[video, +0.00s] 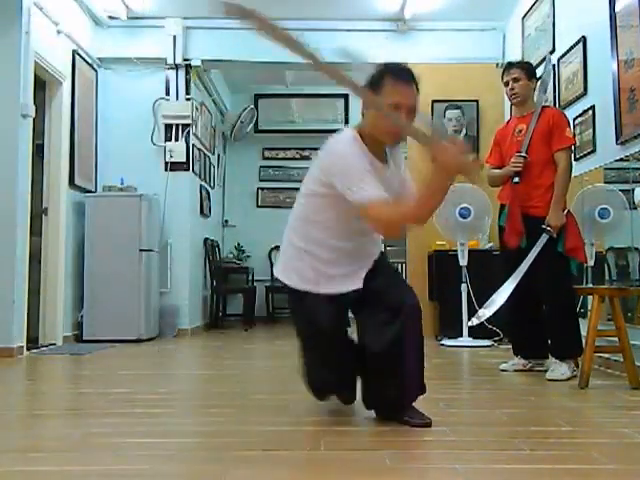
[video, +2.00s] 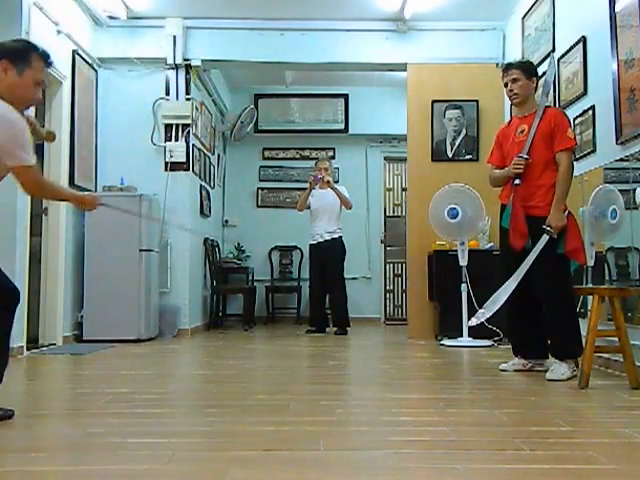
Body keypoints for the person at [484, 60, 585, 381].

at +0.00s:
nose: (511, 86)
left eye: (517, 80)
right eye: (507, 83)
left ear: (533, 83)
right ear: (504, 89)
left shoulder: (552, 116)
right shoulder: (503, 131)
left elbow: (564, 164)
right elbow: (491, 177)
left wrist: (557, 207)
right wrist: (507, 170)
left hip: (546, 213)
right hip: (513, 215)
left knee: (554, 284)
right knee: (519, 283)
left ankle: (565, 357)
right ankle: (529, 354)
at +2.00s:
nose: (510, 87)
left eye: (516, 81)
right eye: (506, 84)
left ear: (533, 83)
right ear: (505, 90)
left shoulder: (553, 117)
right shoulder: (505, 131)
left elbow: (565, 164)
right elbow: (493, 178)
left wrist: (558, 208)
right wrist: (508, 171)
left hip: (546, 214)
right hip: (513, 216)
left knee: (553, 284)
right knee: (519, 285)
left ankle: (565, 358)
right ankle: (529, 354)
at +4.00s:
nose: (512, 87)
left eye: (518, 80)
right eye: (508, 83)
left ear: (535, 82)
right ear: (506, 89)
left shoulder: (555, 117)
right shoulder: (506, 131)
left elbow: (566, 165)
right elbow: (494, 177)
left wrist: (558, 209)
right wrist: (509, 171)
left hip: (547, 214)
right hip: (514, 215)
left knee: (553, 284)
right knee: (520, 284)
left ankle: (565, 358)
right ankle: (530, 354)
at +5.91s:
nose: (514, 86)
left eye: (520, 80)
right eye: (511, 82)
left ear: (538, 83)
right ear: (508, 88)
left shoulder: (555, 117)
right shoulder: (506, 130)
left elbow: (567, 166)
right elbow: (494, 176)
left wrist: (559, 210)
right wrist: (510, 171)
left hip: (548, 214)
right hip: (515, 215)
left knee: (554, 284)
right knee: (521, 284)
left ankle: (565, 358)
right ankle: (529, 355)